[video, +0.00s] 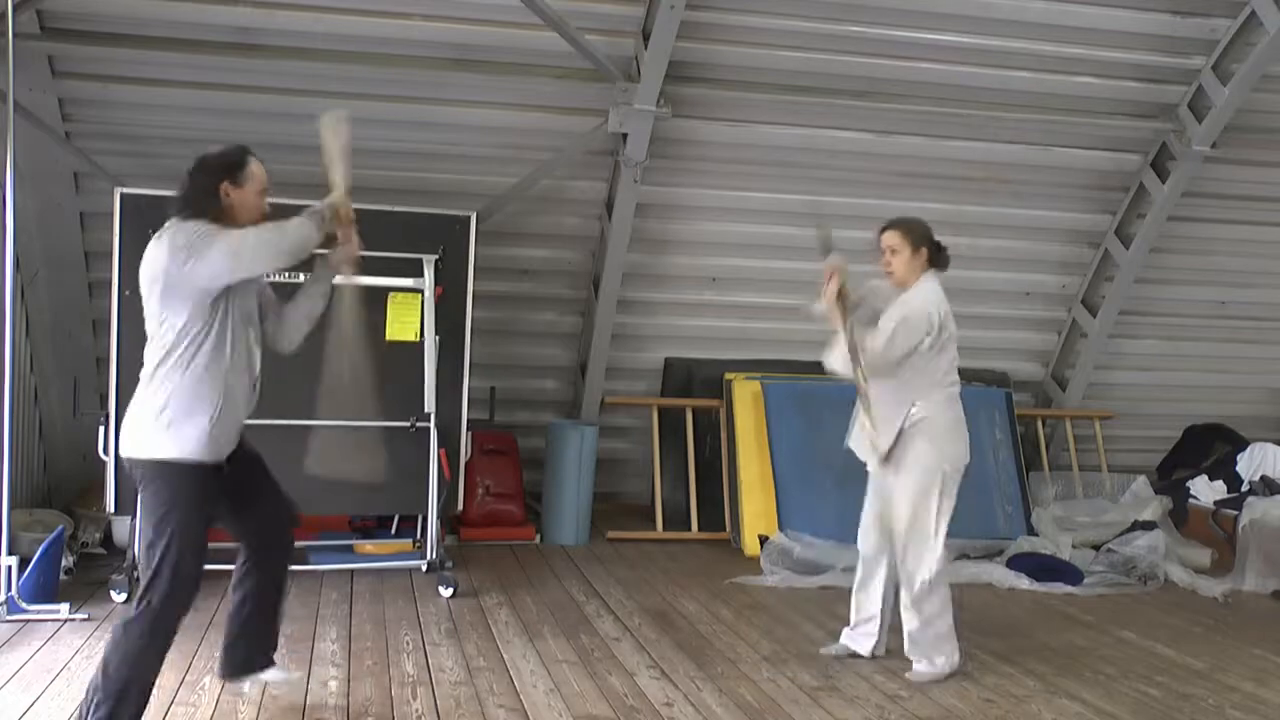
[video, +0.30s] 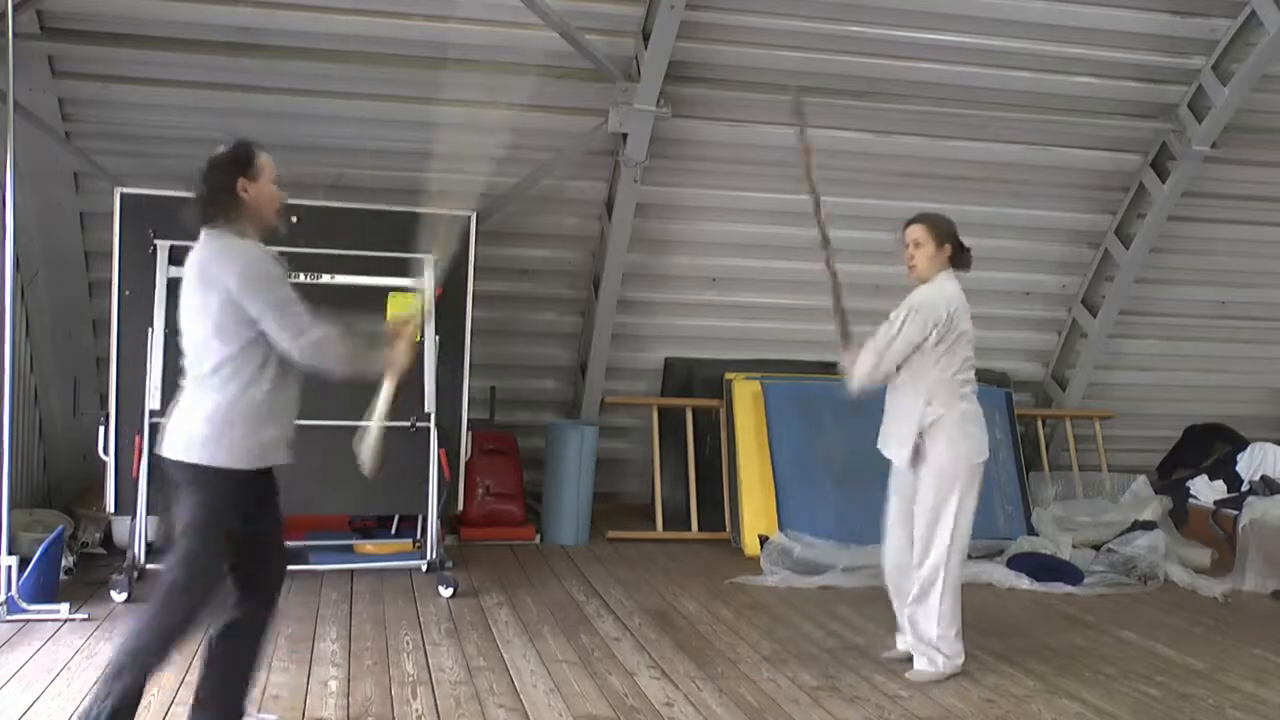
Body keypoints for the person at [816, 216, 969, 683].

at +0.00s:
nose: (885, 261)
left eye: (893, 252)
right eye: (883, 253)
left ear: (922, 255)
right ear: (893, 259)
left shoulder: (924, 302)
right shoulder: (904, 301)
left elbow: (874, 355)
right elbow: (853, 359)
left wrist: (837, 313)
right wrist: (838, 308)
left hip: (928, 437)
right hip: (894, 435)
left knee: (917, 547)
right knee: (875, 541)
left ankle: (938, 656)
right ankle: (862, 639)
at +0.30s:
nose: (908, 255)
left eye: (917, 246)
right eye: (906, 247)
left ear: (946, 252)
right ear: (914, 254)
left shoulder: (934, 300)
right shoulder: (930, 296)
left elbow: (874, 365)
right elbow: (894, 345)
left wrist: (856, 366)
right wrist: (862, 353)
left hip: (948, 440)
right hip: (919, 438)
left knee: (933, 547)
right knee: (902, 544)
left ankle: (940, 653)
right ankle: (916, 636)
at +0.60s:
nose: (911, 260)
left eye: (921, 251)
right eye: (908, 253)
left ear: (948, 256)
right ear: (908, 261)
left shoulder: (968, 297)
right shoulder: (903, 315)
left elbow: (926, 355)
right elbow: (896, 393)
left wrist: (873, 368)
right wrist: (867, 386)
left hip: (978, 441)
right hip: (922, 442)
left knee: (975, 542)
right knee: (919, 544)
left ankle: (1003, 649)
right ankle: (924, 641)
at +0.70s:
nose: (931, 256)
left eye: (940, 247)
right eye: (927, 250)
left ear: (967, 254)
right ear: (925, 260)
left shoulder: (992, 292)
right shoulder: (917, 311)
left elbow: (961, 319)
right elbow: (902, 376)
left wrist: (896, 331)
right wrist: (879, 349)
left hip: (988, 436)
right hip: (929, 436)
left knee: (1010, 547)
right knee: (919, 542)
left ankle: (1054, 653)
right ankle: (917, 639)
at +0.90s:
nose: (950, 264)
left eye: (961, 256)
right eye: (949, 257)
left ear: (988, 266)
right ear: (947, 268)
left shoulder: (1011, 302)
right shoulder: (941, 319)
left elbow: (971, 350)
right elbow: (934, 390)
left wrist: (916, 362)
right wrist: (917, 372)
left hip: (1021, 446)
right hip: (960, 446)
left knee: (1049, 545)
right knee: (936, 544)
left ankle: (1066, 656)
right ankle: (920, 641)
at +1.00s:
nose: (967, 264)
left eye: (977, 255)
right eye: (965, 256)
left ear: (1004, 263)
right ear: (964, 266)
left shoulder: (1026, 296)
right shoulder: (963, 314)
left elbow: (985, 330)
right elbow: (951, 369)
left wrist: (934, 338)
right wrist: (935, 351)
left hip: (1029, 448)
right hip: (970, 446)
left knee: (1057, 555)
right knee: (943, 547)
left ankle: (1085, 664)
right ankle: (921, 641)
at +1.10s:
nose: (970, 250)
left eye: (982, 244)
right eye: (962, 244)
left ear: (1019, 252)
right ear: (971, 254)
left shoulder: (1052, 290)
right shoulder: (986, 292)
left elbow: (1031, 251)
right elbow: (971, 274)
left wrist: (977, 229)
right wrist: (975, 230)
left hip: (1048, 432)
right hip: (989, 429)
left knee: (1062, 551)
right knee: (962, 537)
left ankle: (1085, 666)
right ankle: (932, 640)